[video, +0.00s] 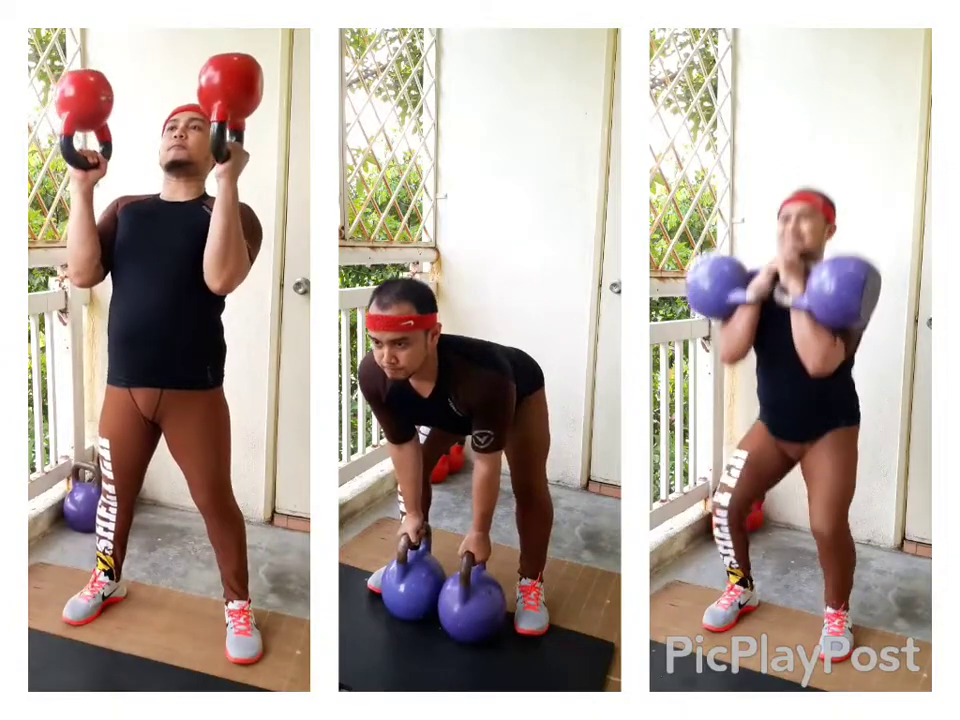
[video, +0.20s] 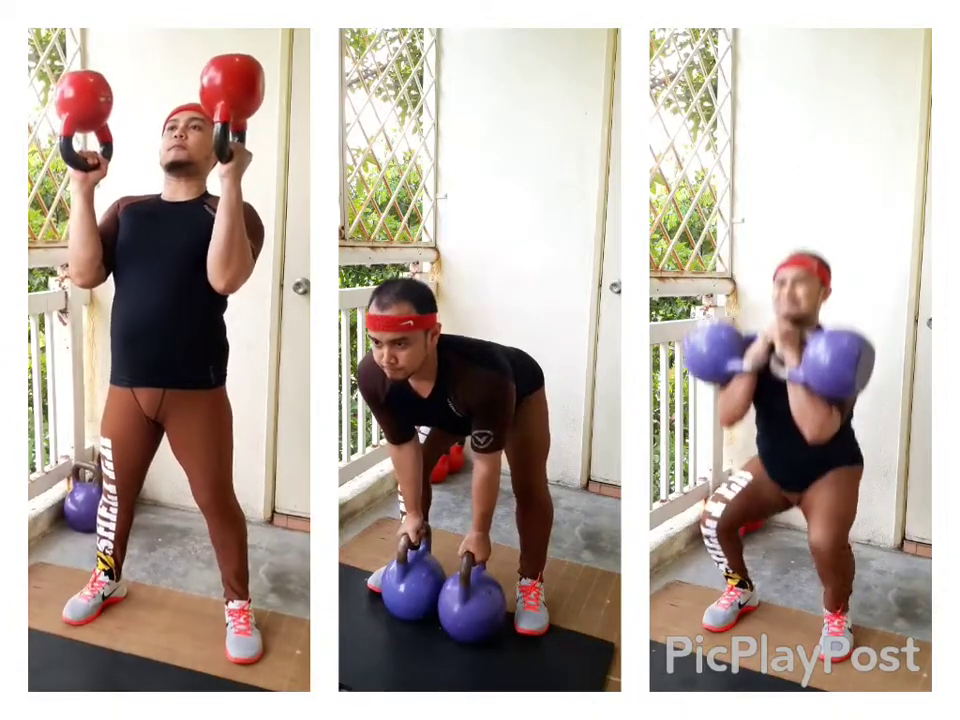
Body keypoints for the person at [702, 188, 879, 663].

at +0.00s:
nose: (792, 227)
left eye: (805, 219)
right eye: (785, 218)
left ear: (828, 230)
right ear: (776, 228)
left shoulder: (842, 289)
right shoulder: (756, 283)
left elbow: (821, 362)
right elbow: (730, 351)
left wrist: (795, 290)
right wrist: (759, 289)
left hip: (830, 431)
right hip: (773, 427)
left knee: (828, 528)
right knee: (733, 508)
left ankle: (836, 613)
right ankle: (740, 585)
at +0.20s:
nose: (790, 290)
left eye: (802, 282)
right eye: (783, 282)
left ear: (823, 294)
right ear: (772, 292)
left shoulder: (833, 352)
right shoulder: (754, 346)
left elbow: (819, 430)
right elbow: (727, 416)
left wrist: (792, 361)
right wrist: (753, 361)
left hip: (831, 466)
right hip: (775, 464)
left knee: (826, 543)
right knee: (721, 521)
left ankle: (836, 616)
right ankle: (740, 588)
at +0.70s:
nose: (788, 351)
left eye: (801, 344)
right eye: (780, 343)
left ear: (822, 356)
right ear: (771, 352)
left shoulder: (833, 413)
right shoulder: (750, 403)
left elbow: (817, 498)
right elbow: (724, 478)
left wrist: (791, 429)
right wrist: (750, 429)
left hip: (822, 527)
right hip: (769, 524)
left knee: (823, 554)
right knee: (714, 531)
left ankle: (835, 617)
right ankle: (740, 591)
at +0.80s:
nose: (787, 330)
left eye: (800, 323)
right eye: (780, 322)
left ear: (821, 337)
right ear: (770, 332)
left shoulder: (833, 393)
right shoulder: (751, 383)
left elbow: (817, 478)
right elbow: (726, 457)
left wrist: (791, 409)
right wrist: (749, 410)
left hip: (828, 500)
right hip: (774, 499)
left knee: (820, 546)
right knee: (719, 528)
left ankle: (836, 618)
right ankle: (740, 589)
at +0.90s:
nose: (787, 307)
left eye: (800, 300)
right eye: (780, 298)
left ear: (821, 314)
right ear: (770, 309)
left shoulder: (832, 370)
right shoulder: (752, 360)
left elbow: (816, 455)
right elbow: (725, 435)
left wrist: (790, 387)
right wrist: (749, 386)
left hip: (831, 477)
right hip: (775, 475)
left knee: (819, 543)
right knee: (721, 521)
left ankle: (836, 617)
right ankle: (740, 588)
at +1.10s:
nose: (792, 254)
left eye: (805, 248)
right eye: (786, 246)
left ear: (825, 265)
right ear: (774, 258)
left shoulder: (833, 324)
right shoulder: (755, 317)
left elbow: (818, 404)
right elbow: (726, 387)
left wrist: (792, 336)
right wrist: (750, 334)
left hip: (829, 446)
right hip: (774, 442)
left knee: (824, 535)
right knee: (722, 512)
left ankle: (836, 614)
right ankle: (740, 586)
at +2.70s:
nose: (806, 192)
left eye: (820, 185)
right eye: (800, 185)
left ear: (845, 200)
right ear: (790, 198)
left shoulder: (853, 261)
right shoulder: (767, 249)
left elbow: (831, 320)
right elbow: (730, 311)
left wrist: (804, 248)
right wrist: (768, 249)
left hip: (813, 407)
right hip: (752, 400)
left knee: (824, 513)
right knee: (748, 502)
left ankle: (836, 610)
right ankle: (740, 587)